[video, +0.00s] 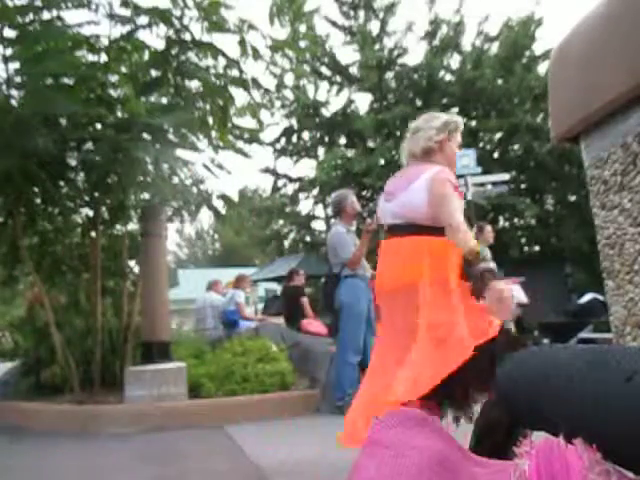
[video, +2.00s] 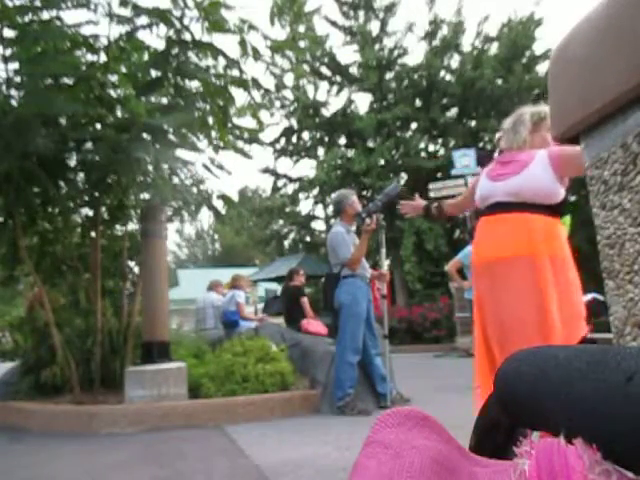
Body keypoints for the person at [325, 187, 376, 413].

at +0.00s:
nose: (359, 205)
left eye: (357, 201)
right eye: (354, 202)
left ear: (347, 207)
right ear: (345, 207)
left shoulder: (349, 232)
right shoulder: (338, 233)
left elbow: (360, 262)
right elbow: (353, 261)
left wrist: (373, 275)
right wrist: (366, 236)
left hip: (363, 282)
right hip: (351, 282)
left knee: (368, 340)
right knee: (351, 343)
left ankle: (368, 390)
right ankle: (346, 395)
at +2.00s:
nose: (360, 206)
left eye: (358, 201)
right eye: (356, 202)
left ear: (348, 207)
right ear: (347, 207)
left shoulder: (350, 233)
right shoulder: (337, 234)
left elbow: (357, 265)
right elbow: (352, 262)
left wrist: (374, 273)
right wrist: (366, 235)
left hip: (362, 284)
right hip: (350, 284)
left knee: (370, 344)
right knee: (350, 345)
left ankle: (386, 393)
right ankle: (344, 398)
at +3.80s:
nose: (361, 206)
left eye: (360, 202)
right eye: (356, 202)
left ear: (350, 207)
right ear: (346, 207)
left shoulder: (352, 232)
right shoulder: (338, 233)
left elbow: (358, 266)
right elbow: (353, 262)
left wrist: (374, 274)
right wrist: (367, 235)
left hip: (363, 285)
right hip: (351, 285)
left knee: (370, 343)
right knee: (351, 344)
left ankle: (385, 391)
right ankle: (344, 397)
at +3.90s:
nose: (361, 206)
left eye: (360, 202)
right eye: (356, 202)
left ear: (351, 207)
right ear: (346, 207)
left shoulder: (352, 232)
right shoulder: (338, 233)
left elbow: (358, 266)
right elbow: (353, 262)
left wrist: (375, 274)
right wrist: (367, 235)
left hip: (363, 285)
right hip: (351, 285)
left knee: (370, 344)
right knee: (351, 344)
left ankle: (386, 392)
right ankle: (344, 398)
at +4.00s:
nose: (361, 206)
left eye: (360, 202)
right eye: (356, 202)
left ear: (351, 207)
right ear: (346, 207)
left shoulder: (352, 232)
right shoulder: (338, 233)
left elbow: (358, 266)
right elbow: (353, 262)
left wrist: (375, 274)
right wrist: (367, 235)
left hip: (363, 285)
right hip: (351, 285)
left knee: (370, 344)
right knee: (351, 344)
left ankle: (386, 392)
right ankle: (344, 398)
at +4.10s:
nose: (361, 206)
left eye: (359, 202)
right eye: (356, 202)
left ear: (350, 208)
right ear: (346, 207)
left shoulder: (352, 233)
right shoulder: (338, 233)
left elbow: (360, 265)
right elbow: (352, 263)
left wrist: (375, 274)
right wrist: (366, 236)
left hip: (363, 284)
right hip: (351, 284)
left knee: (369, 343)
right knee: (351, 343)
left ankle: (386, 392)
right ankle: (344, 398)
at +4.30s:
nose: (361, 206)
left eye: (360, 202)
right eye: (357, 202)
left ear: (352, 207)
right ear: (347, 207)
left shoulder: (353, 232)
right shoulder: (338, 233)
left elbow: (358, 264)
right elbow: (353, 262)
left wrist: (374, 274)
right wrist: (367, 235)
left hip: (364, 284)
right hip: (351, 284)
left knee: (370, 342)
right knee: (351, 342)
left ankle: (382, 391)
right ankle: (344, 398)